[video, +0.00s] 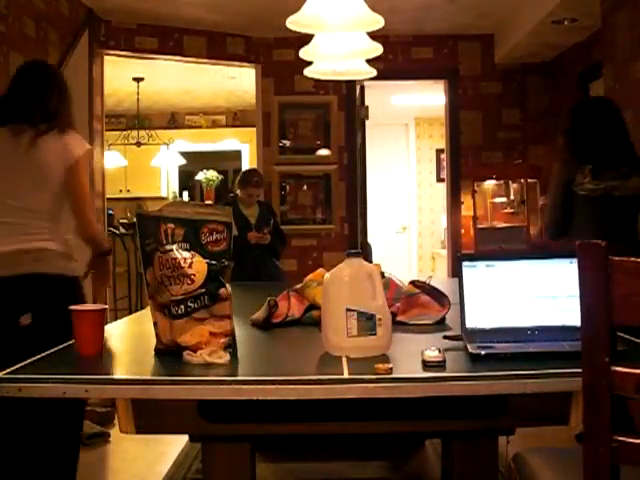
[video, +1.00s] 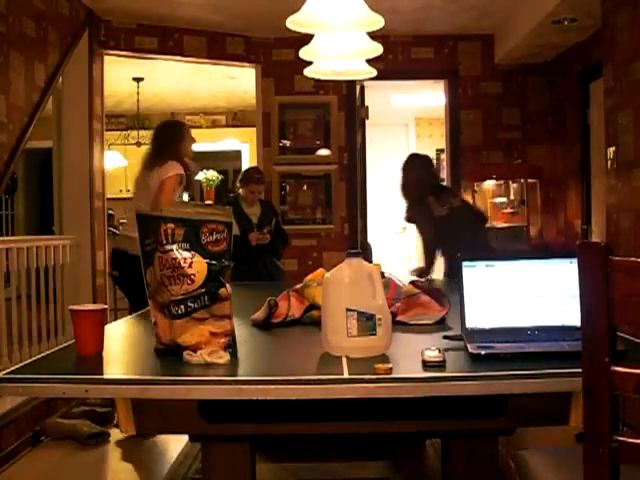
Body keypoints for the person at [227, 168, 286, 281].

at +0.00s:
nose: (253, 200)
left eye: (257, 196)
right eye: (249, 196)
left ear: (262, 192)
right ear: (239, 190)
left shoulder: (266, 208)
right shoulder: (229, 208)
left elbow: (281, 240)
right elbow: (224, 244)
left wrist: (269, 240)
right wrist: (246, 239)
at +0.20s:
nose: (253, 200)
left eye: (258, 196)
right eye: (249, 195)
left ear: (262, 192)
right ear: (239, 189)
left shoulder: (266, 208)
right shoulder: (229, 208)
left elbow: (282, 240)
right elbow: (224, 244)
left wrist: (269, 239)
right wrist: (246, 239)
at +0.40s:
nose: (254, 199)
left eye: (257, 195)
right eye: (250, 194)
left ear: (261, 192)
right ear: (240, 189)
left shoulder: (266, 208)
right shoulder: (229, 208)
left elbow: (282, 240)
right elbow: (224, 244)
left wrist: (269, 239)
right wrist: (246, 239)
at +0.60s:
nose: (254, 199)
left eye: (258, 194)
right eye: (249, 194)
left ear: (261, 191)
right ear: (239, 189)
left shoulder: (266, 208)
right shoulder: (229, 208)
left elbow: (281, 239)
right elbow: (224, 243)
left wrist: (269, 239)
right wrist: (246, 240)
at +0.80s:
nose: (254, 199)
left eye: (258, 194)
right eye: (250, 194)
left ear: (262, 191)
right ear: (240, 189)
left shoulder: (266, 208)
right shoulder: (230, 207)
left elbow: (282, 238)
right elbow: (225, 242)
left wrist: (269, 239)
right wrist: (246, 240)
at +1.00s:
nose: (255, 197)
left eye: (259, 193)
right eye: (251, 193)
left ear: (263, 190)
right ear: (241, 188)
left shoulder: (268, 207)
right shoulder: (230, 207)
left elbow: (283, 238)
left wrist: (270, 239)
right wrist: (247, 239)